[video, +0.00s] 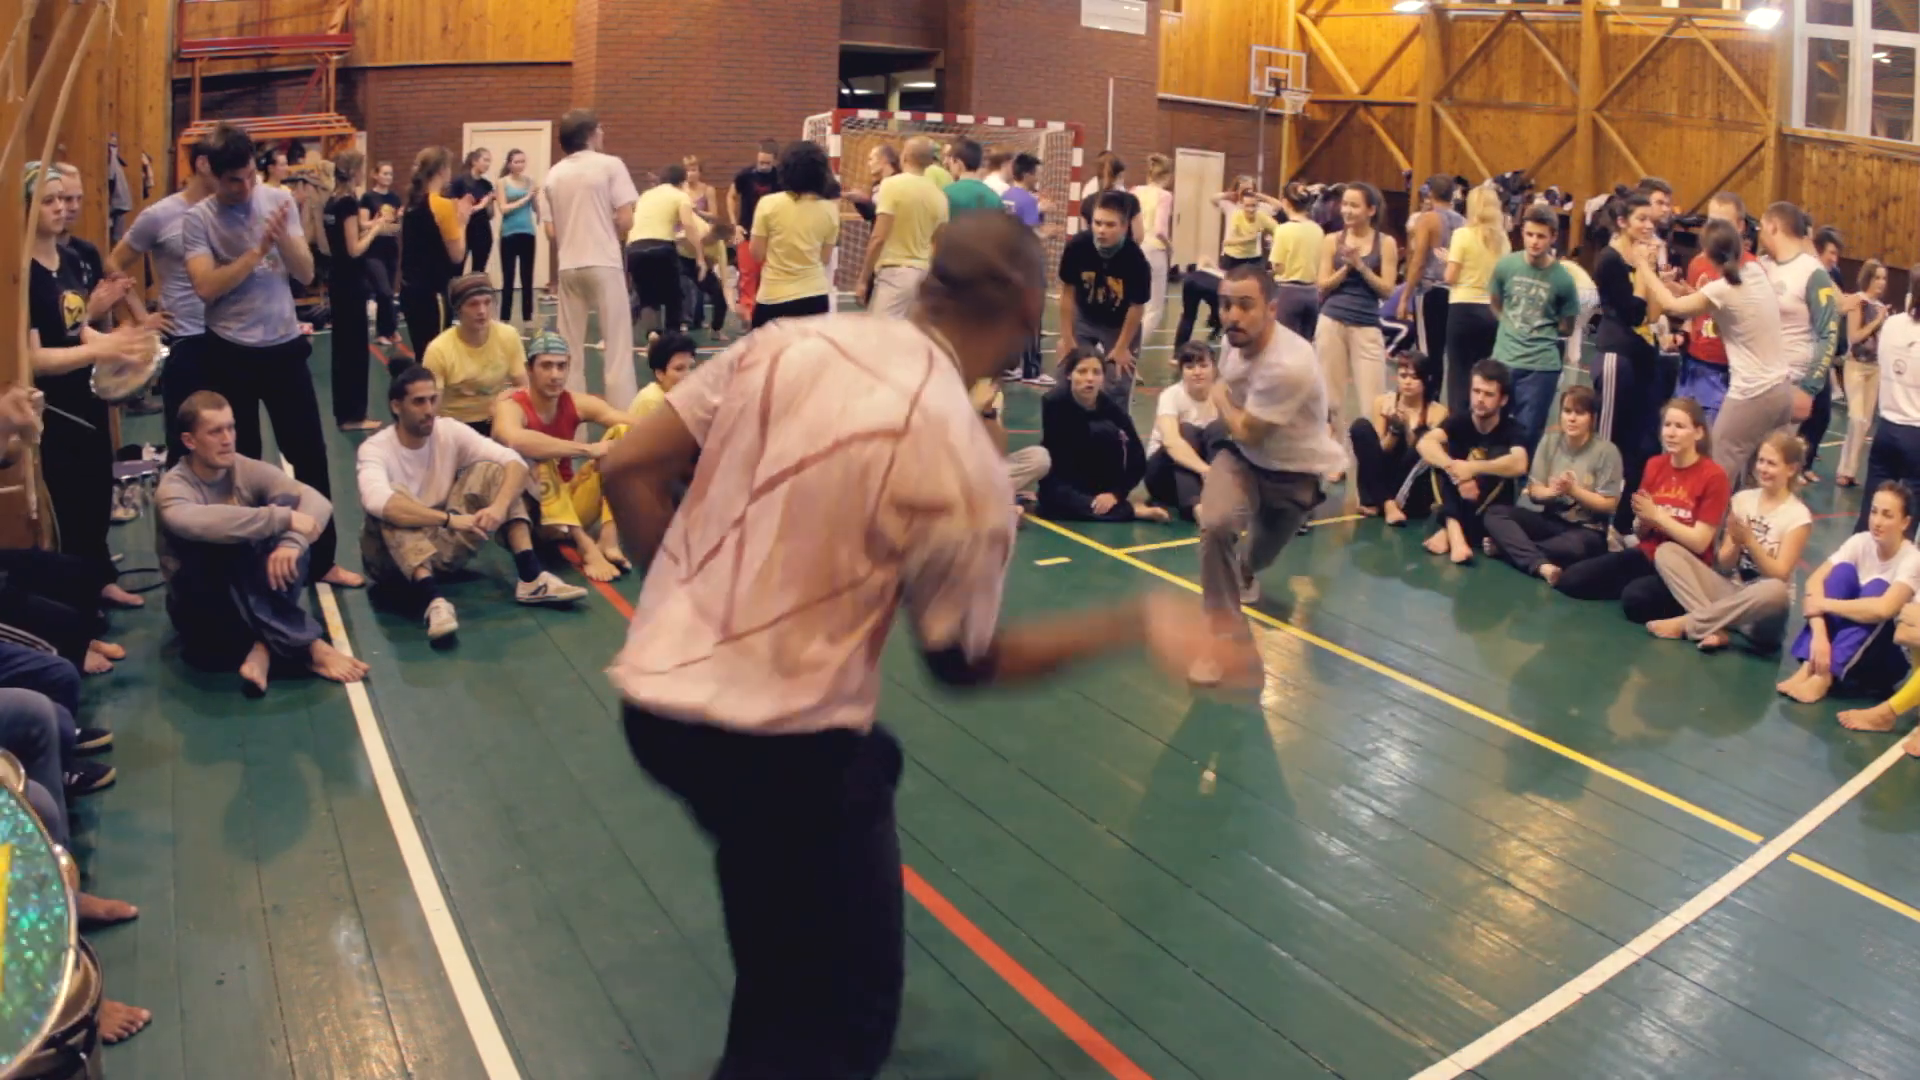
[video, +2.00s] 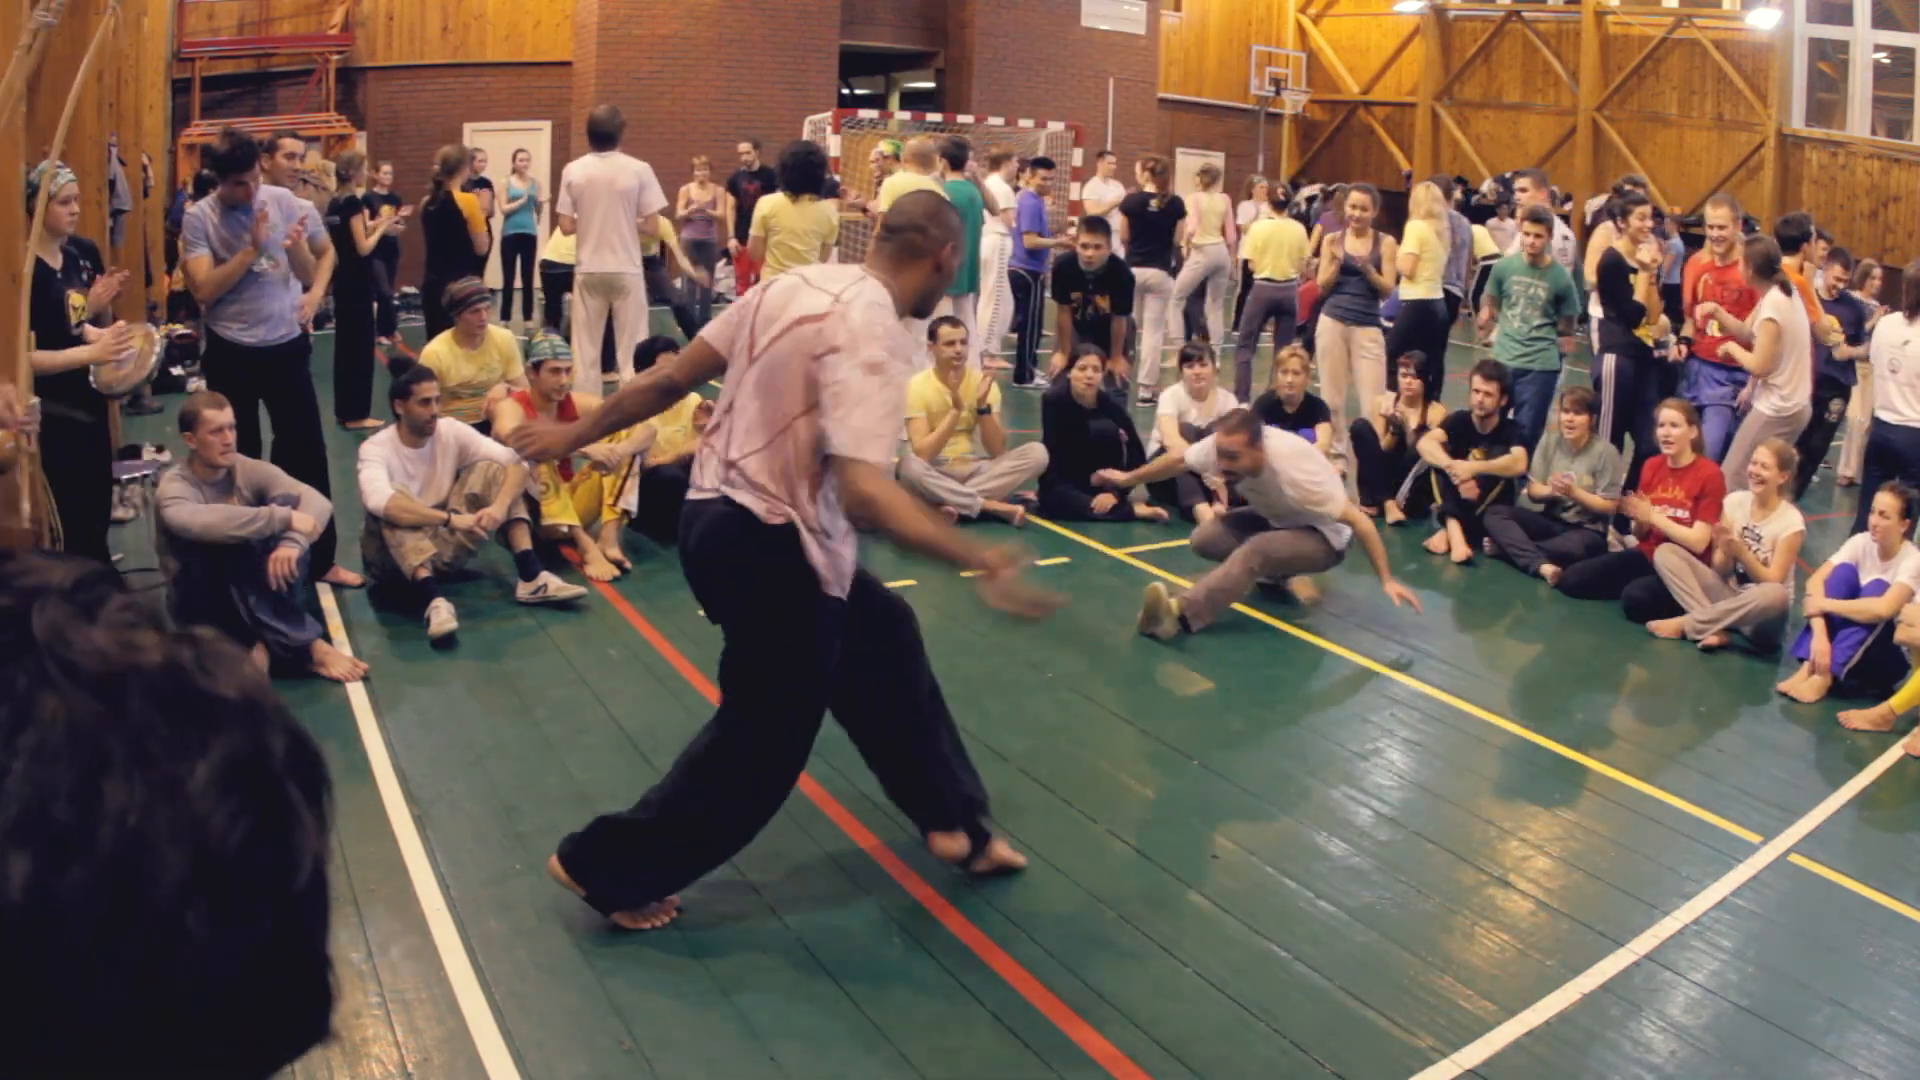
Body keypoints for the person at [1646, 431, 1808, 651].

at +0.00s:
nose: (1763, 469)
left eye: (1772, 464)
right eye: (1760, 461)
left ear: (1791, 470)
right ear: (1755, 463)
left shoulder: (1798, 515)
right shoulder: (1741, 499)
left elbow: (1780, 572)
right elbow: (1724, 563)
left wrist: (1748, 541)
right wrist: (1736, 541)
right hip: (1728, 590)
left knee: (1774, 590)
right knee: (1666, 552)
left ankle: (1685, 624)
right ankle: (1712, 629)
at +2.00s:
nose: (1754, 471)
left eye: (1764, 467)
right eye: (1753, 463)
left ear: (1783, 477)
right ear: (1748, 464)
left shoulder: (1791, 521)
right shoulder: (1734, 501)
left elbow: (1774, 580)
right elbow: (1720, 569)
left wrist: (1739, 551)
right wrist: (1724, 548)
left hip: (1760, 606)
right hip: (1727, 594)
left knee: (1775, 594)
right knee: (1666, 552)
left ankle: (1684, 625)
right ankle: (1712, 629)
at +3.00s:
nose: (1757, 471)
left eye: (1766, 465)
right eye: (1754, 463)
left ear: (1784, 473)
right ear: (1748, 466)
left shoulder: (1794, 521)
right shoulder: (1734, 502)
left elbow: (1776, 578)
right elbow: (1720, 567)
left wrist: (1743, 551)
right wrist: (1730, 549)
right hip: (1726, 589)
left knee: (1774, 594)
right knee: (1685, 555)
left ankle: (1690, 624)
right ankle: (1709, 631)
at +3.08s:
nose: (1758, 471)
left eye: (1767, 465)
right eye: (1755, 463)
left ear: (1785, 473)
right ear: (1748, 466)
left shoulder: (1794, 521)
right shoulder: (1734, 502)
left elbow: (1777, 576)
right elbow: (1721, 546)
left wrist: (1742, 547)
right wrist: (1722, 536)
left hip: (1765, 589)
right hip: (1728, 582)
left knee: (1773, 591)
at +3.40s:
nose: (1759, 472)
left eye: (1769, 466)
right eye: (1756, 464)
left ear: (1785, 474)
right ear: (1749, 466)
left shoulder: (1794, 522)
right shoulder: (1735, 502)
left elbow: (1776, 579)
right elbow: (1720, 564)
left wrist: (1742, 549)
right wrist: (1733, 547)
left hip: (1764, 601)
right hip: (1727, 589)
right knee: (1666, 554)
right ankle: (1707, 620)